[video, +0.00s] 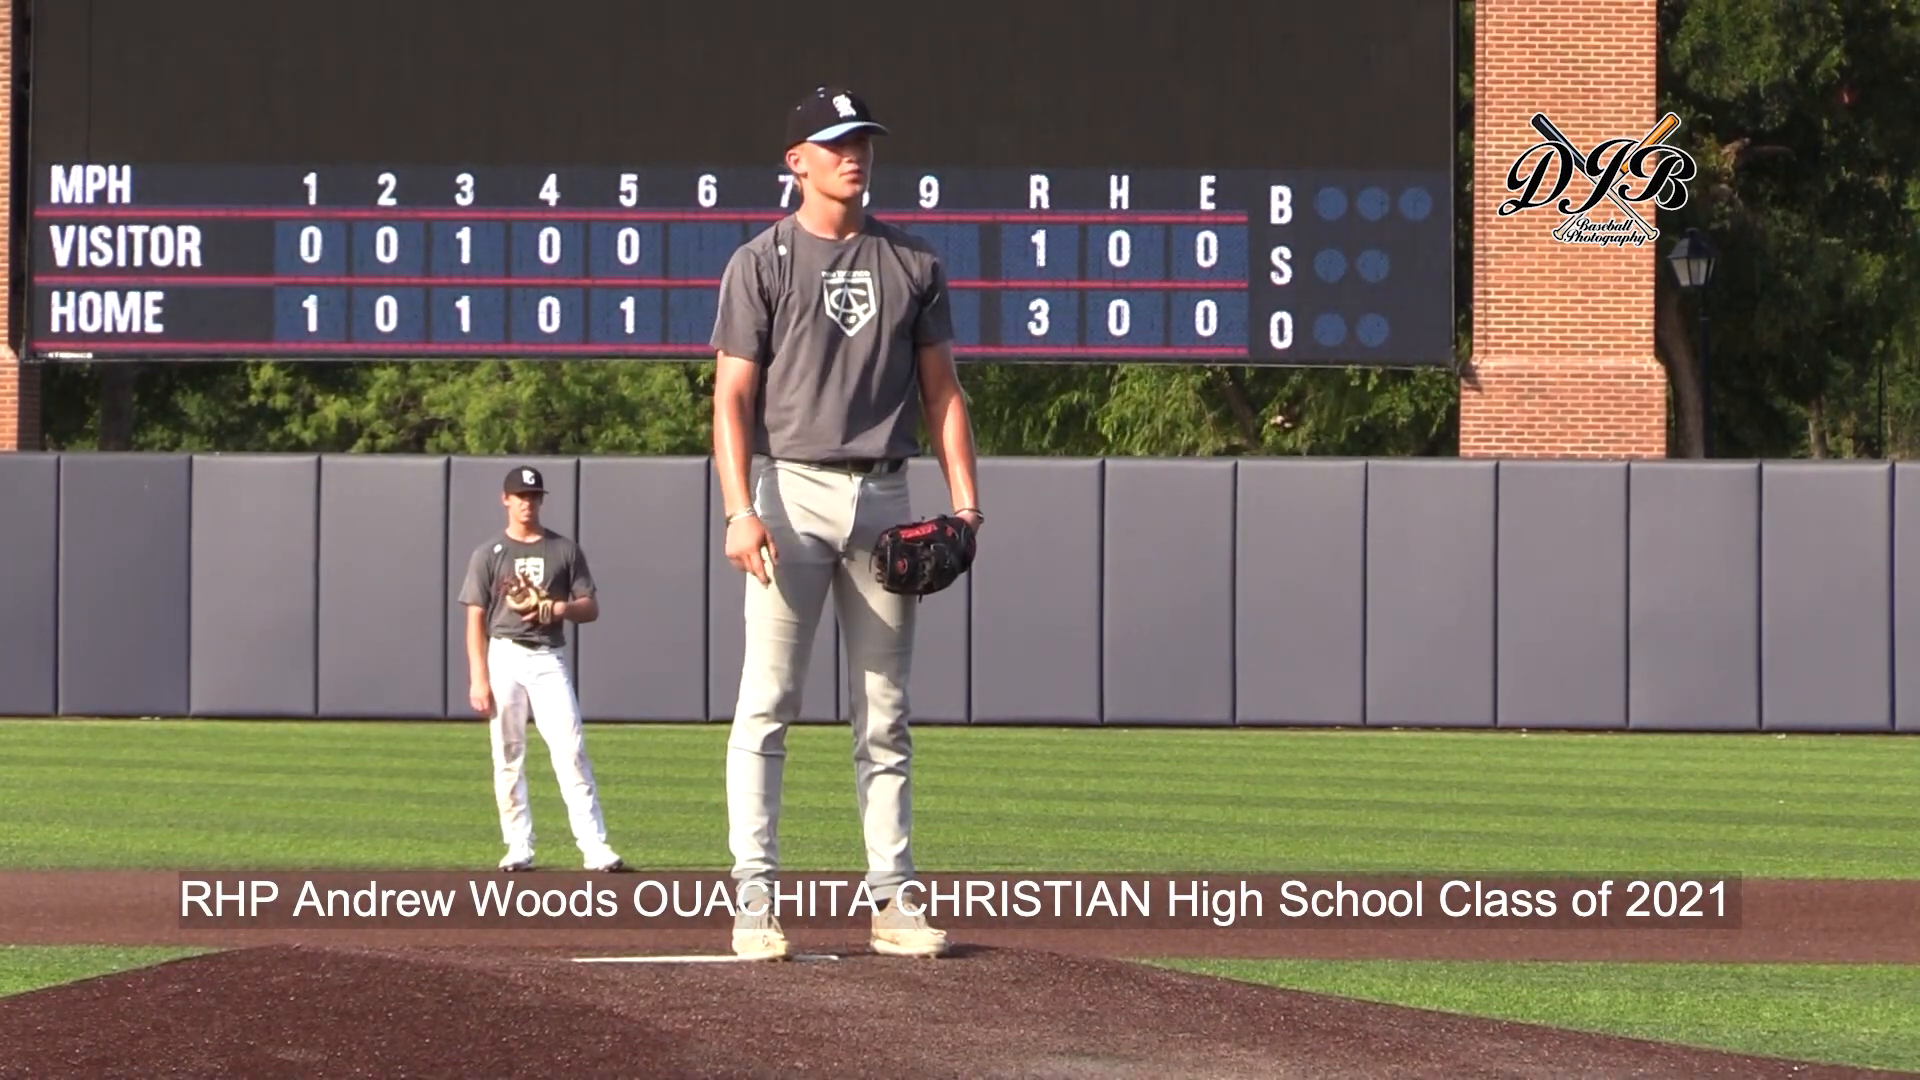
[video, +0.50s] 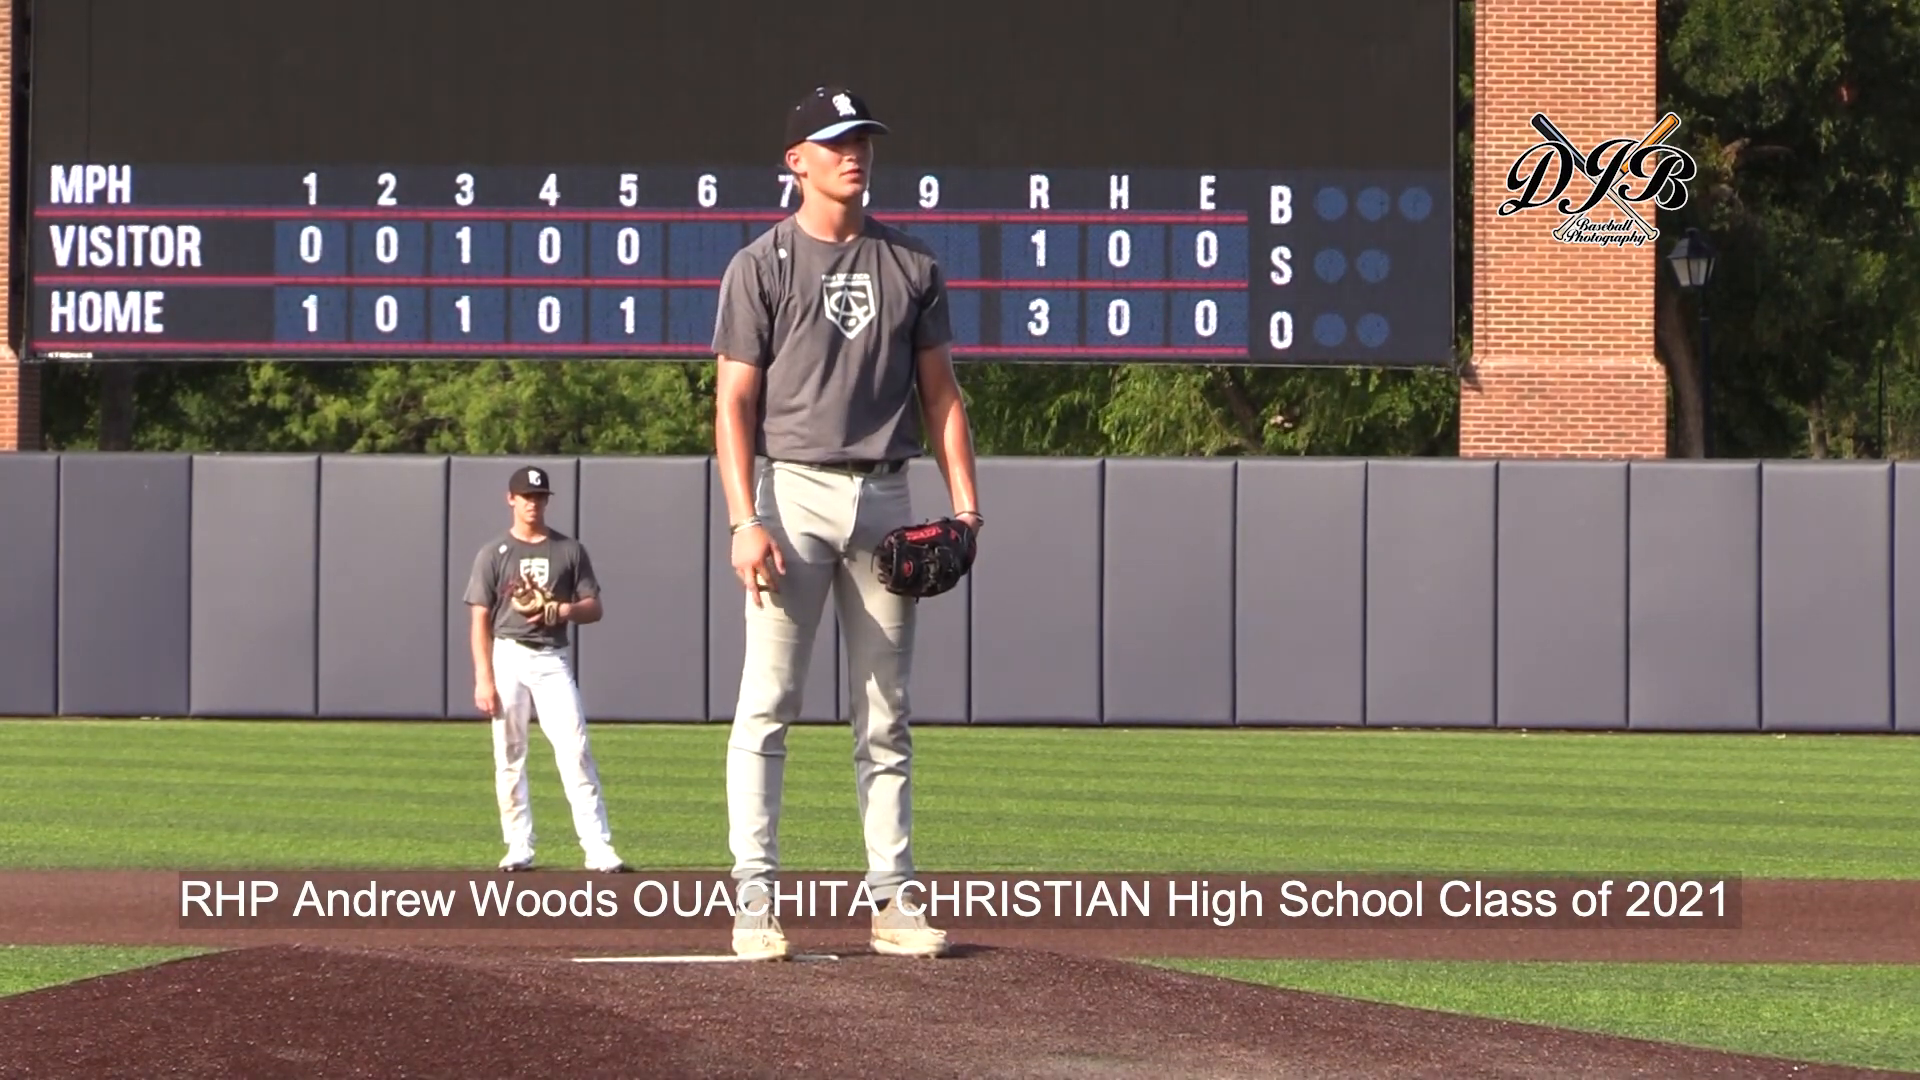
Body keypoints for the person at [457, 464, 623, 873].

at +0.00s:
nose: (528, 503)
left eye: (534, 497)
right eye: (521, 497)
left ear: (543, 500)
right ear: (506, 500)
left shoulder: (566, 550)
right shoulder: (487, 555)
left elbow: (589, 609)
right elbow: (476, 621)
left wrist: (557, 607)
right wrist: (479, 680)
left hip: (549, 657)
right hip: (502, 655)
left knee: (572, 750)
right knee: (508, 756)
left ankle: (596, 850)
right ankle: (519, 849)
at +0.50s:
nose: (534, 504)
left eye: (540, 497)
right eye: (527, 497)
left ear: (548, 500)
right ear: (511, 500)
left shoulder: (571, 550)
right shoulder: (492, 555)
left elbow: (593, 608)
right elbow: (480, 622)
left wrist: (560, 610)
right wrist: (484, 680)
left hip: (552, 658)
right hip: (505, 656)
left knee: (576, 749)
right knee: (509, 756)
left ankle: (599, 852)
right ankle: (519, 850)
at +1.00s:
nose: (537, 504)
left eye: (543, 497)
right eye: (529, 497)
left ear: (551, 500)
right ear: (515, 499)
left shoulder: (573, 551)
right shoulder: (495, 555)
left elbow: (595, 610)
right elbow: (482, 622)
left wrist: (564, 612)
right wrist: (486, 679)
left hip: (555, 660)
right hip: (508, 657)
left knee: (579, 749)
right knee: (510, 756)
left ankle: (600, 852)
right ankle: (519, 850)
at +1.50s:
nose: (535, 504)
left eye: (541, 497)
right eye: (528, 497)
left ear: (549, 500)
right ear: (513, 499)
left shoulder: (571, 552)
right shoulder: (493, 555)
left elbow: (592, 611)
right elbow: (480, 621)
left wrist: (560, 612)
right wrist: (485, 679)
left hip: (553, 659)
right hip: (506, 657)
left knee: (577, 749)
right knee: (509, 756)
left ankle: (600, 851)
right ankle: (518, 850)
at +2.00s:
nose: (532, 504)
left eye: (538, 497)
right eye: (525, 497)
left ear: (547, 500)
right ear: (510, 500)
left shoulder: (569, 551)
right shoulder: (491, 555)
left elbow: (591, 610)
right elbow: (479, 622)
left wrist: (559, 611)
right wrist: (484, 679)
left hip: (552, 658)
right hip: (505, 656)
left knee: (576, 749)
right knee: (509, 757)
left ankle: (599, 851)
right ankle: (519, 850)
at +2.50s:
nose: (532, 504)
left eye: (538, 497)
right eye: (525, 497)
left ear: (546, 500)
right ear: (509, 500)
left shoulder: (569, 551)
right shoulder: (491, 555)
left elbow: (591, 610)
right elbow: (479, 620)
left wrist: (558, 609)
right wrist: (483, 678)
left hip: (552, 658)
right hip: (505, 657)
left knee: (576, 750)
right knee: (509, 757)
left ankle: (600, 852)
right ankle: (519, 851)